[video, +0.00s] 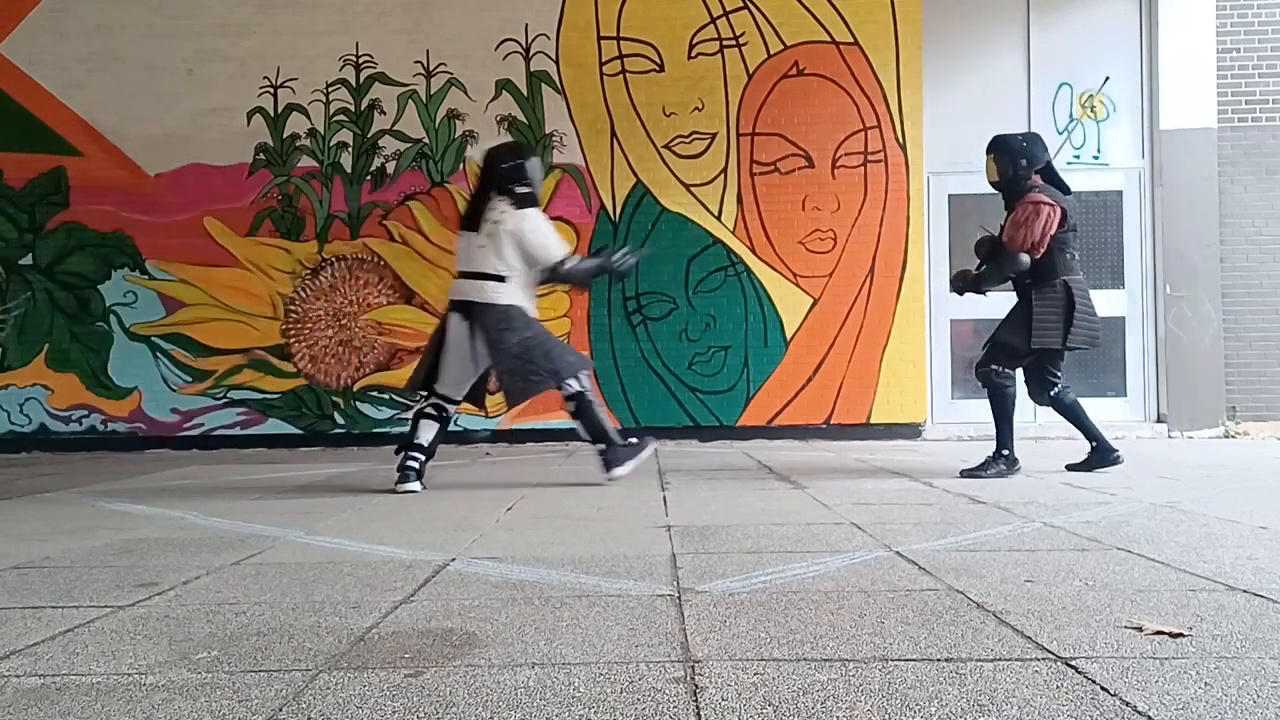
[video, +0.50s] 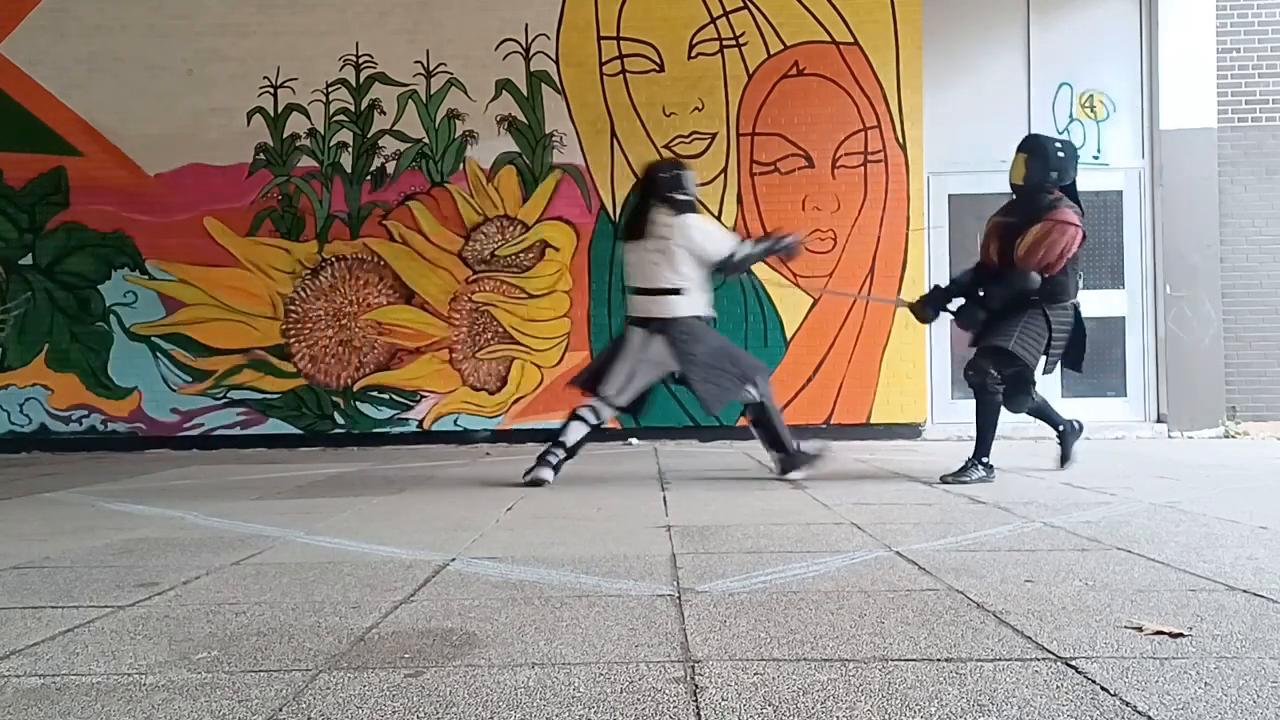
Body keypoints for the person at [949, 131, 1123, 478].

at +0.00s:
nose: (992, 172)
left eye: (998, 164)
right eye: (992, 165)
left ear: (1022, 165)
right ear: (1026, 167)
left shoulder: (1034, 203)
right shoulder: (1034, 200)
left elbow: (1015, 260)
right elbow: (1026, 256)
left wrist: (975, 280)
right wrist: (994, 250)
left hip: (1048, 300)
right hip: (1056, 299)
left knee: (994, 367)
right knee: (1044, 385)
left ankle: (1004, 456)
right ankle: (1102, 447)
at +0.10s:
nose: (999, 170)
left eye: (1005, 163)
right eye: (998, 163)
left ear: (1028, 166)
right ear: (1030, 167)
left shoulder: (1041, 208)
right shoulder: (1028, 204)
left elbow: (1029, 268)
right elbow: (1023, 257)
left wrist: (981, 279)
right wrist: (996, 253)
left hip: (1054, 300)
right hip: (1055, 299)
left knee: (997, 360)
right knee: (1044, 386)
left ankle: (1005, 450)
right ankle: (1103, 449)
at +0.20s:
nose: (1013, 167)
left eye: (1019, 160)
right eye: (1014, 160)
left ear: (1041, 164)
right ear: (1039, 166)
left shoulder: (1060, 210)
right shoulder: (1029, 206)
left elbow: (1038, 266)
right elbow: (1003, 241)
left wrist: (980, 265)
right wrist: (975, 234)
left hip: (1049, 306)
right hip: (1038, 305)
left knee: (996, 363)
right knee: (1036, 392)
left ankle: (993, 452)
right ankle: (1102, 447)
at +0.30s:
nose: (1028, 172)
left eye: (1036, 165)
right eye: (1027, 164)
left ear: (1060, 171)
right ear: (1025, 166)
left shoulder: (1071, 216)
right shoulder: (1022, 210)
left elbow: (1028, 259)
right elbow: (982, 241)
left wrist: (972, 258)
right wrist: (948, 238)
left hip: (1048, 304)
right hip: (1021, 302)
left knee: (999, 365)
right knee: (1029, 392)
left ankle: (983, 458)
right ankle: (1099, 443)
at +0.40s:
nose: (1029, 174)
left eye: (1039, 168)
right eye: (1028, 166)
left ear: (1062, 174)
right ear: (1027, 167)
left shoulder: (1073, 219)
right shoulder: (1017, 213)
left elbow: (1023, 263)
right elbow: (977, 246)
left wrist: (965, 275)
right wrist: (935, 262)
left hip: (1044, 308)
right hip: (1015, 305)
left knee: (994, 368)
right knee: (1024, 395)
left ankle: (983, 461)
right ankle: (1085, 436)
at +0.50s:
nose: (1017, 170)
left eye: (1027, 164)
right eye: (1018, 162)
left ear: (1052, 174)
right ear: (1019, 164)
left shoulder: (1061, 221)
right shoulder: (1014, 211)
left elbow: (1027, 280)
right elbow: (988, 269)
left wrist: (983, 306)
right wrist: (943, 294)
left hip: (1044, 309)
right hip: (1011, 306)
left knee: (984, 371)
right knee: (1017, 395)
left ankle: (981, 462)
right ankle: (1066, 428)